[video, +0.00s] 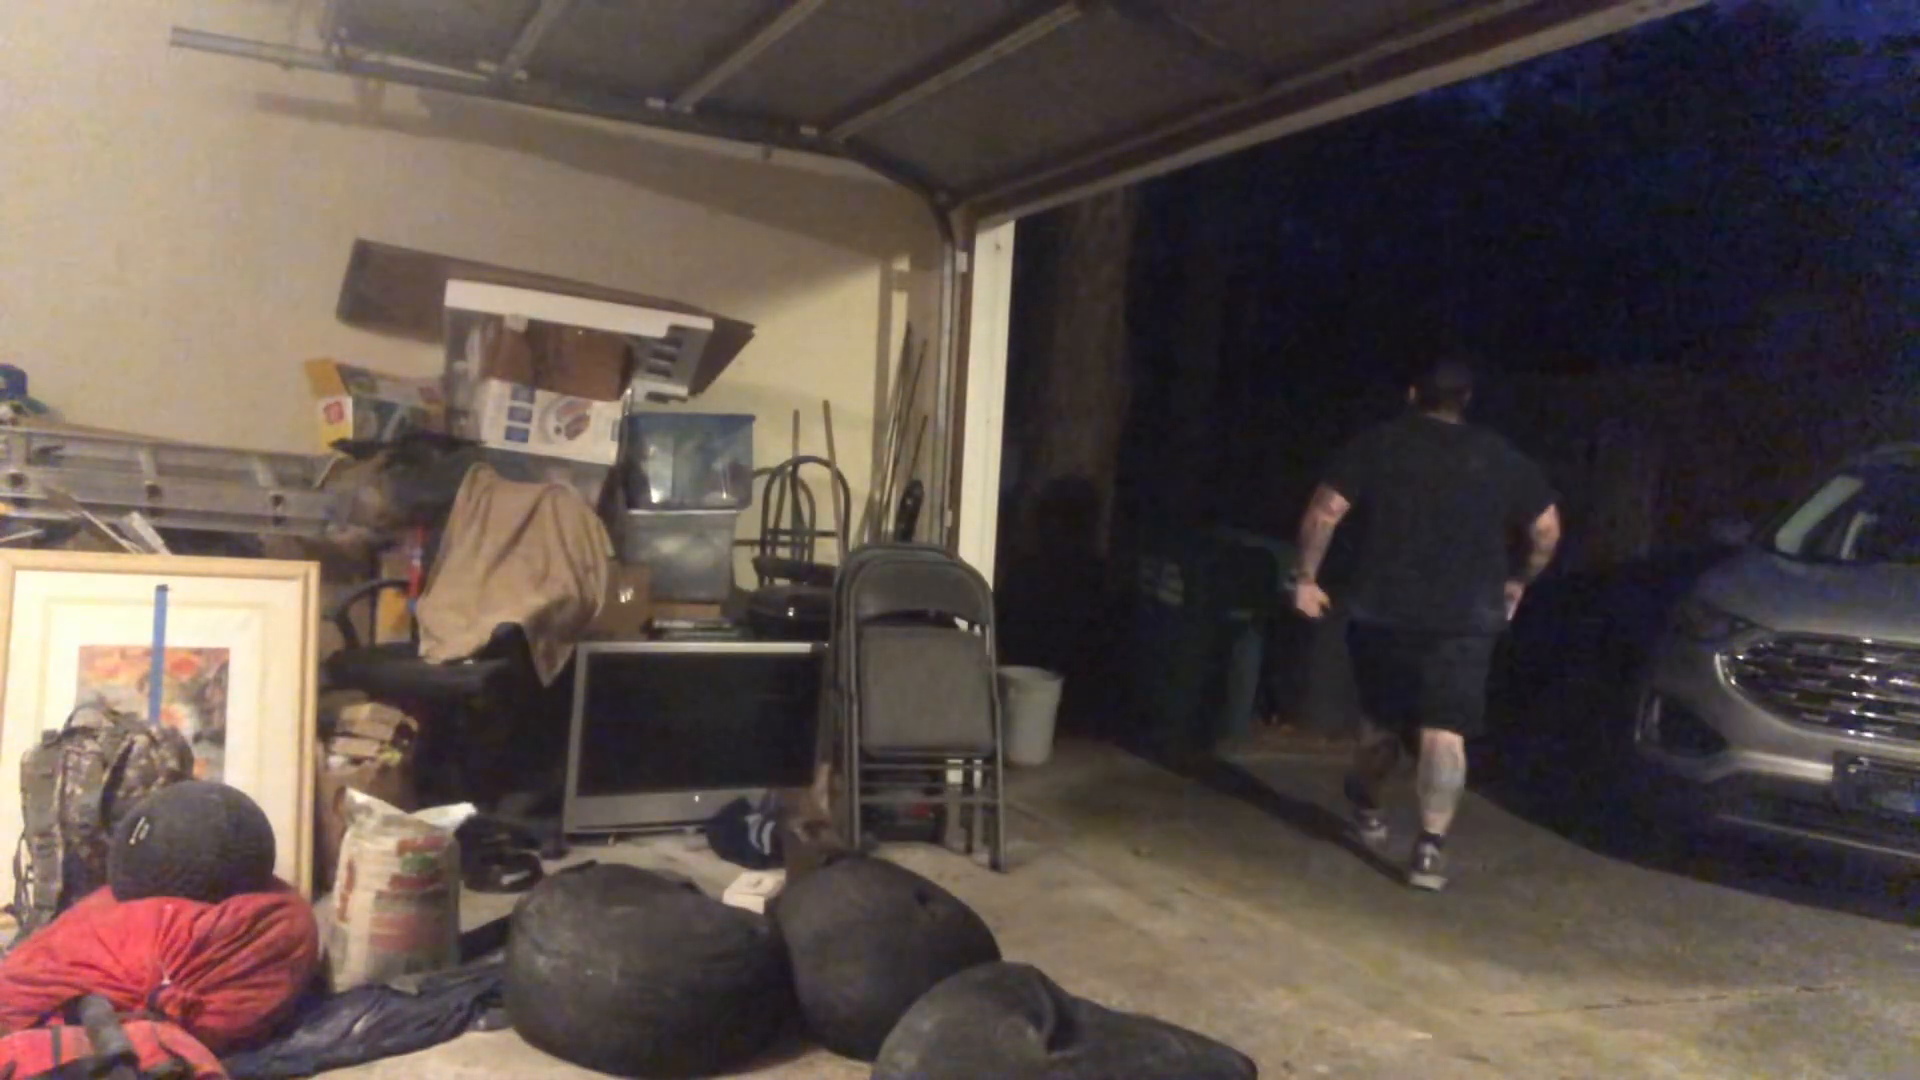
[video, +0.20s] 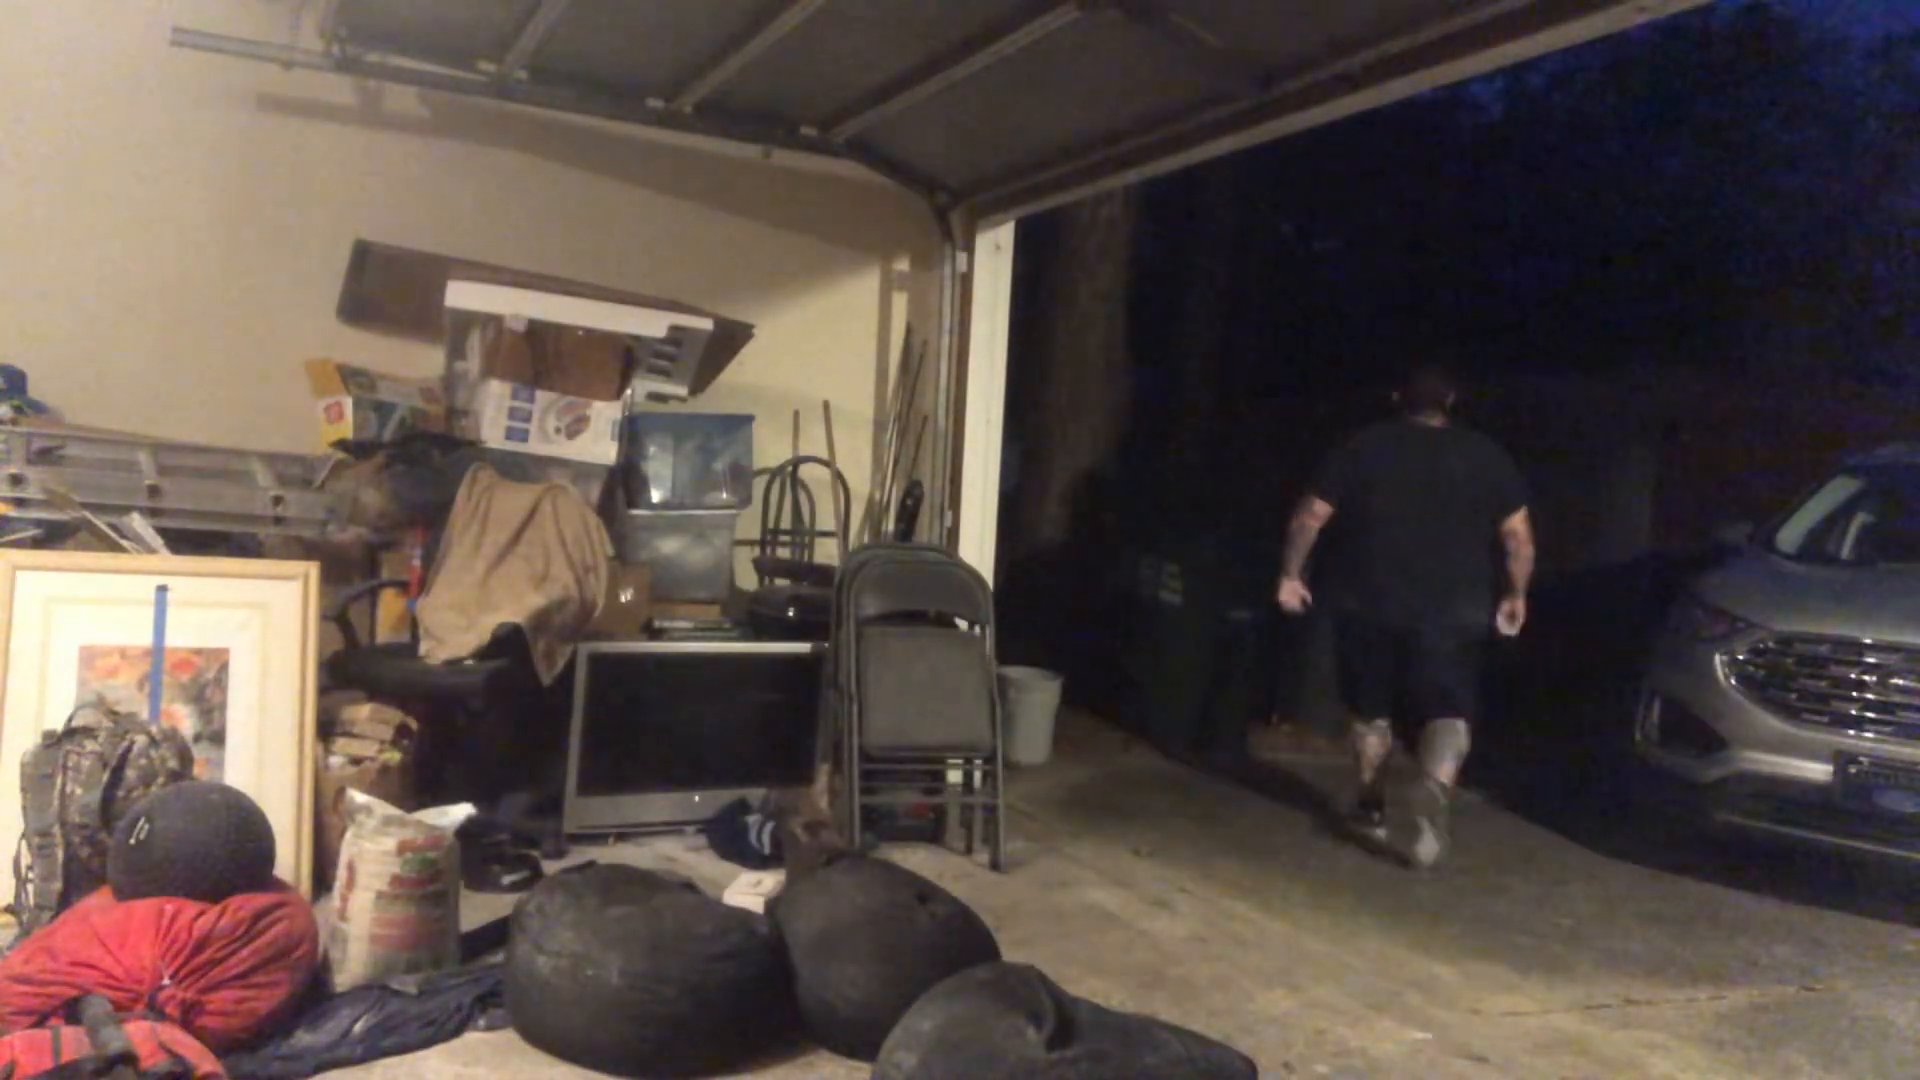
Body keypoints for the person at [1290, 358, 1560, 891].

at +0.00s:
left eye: (1412, 390)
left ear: (1413, 394)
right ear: (1466, 402)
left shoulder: (1381, 443)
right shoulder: (1497, 454)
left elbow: (1326, 510)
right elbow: (1547, 529)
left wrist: (1306, 577)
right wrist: (1522, 580)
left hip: (1384, 607)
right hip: (1464, 617)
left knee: (1380, 723)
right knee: (1444, 730)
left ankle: (1363, 805)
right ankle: (1431, 850)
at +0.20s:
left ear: (1400, 399)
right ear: (1452, 405)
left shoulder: (1369, 446)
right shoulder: (1484, 456)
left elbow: (1313, 514)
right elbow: (1519, 534)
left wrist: (1292, 572)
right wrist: (1516, 593)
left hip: (1373, 599)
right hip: (1452, 606)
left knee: (1370, 707)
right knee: (1450, 709)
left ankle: (1369, 804)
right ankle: (1433, 793)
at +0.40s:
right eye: (1442, 394)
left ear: (1401, 395)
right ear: (1447, 398)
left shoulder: (1364, 438)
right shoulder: (1477, 446)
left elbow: (1312, 500)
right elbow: (1514, 518)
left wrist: (1302, 554)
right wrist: (1518, 584)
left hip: (1376, 589)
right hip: (1449, 593)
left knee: (1376, 695)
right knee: (1438, 694)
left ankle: (1373, 808)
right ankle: (1419, 797)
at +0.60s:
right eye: (1449, 414)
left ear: (1404, 415)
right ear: (1449, 418)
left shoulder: (1367, 452)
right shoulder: (1476, 459)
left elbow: (1321, 511)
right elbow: (1510, 532)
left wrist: (1318, 553)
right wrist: (1523, 594)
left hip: (1373, 593)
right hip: (1446, 598)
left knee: (1372, 697)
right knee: (1432, 699)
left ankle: (1371, 801)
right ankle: (1417, 793)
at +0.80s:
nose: (1456, 415)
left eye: (1452, 408)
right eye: (1454, 408)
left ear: (1405, 410)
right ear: (1449, 411)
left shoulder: (1370, 449)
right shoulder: (1467, 457)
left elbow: (1332, 502)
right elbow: (1503, 530)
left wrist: (1348, 552)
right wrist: (1514, 585)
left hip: (1376, 583)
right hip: (1443, 591)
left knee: (1368, 676)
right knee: (1436, 693)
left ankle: (1344, 756)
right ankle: (1417, 789)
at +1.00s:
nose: (1446, 421)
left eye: (1445, 412)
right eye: (1443, 412)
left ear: (1399, 412)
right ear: (1428, 415)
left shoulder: (1369, 455)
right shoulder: (1431, 465)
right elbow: (1462, 530)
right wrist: (1500, 576)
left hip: (1371, 587)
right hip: (1421, 592)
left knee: (1373, 672)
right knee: (1442, 685)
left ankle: (1341, 748)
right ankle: (1421, 780)